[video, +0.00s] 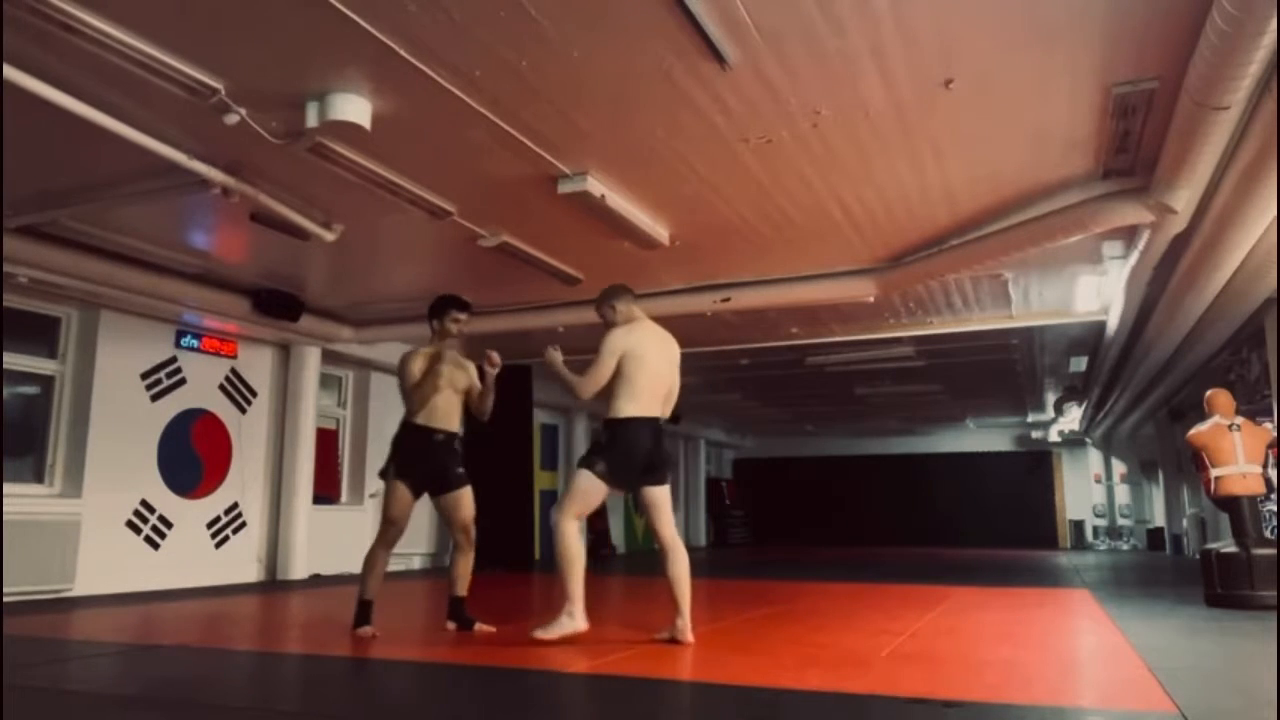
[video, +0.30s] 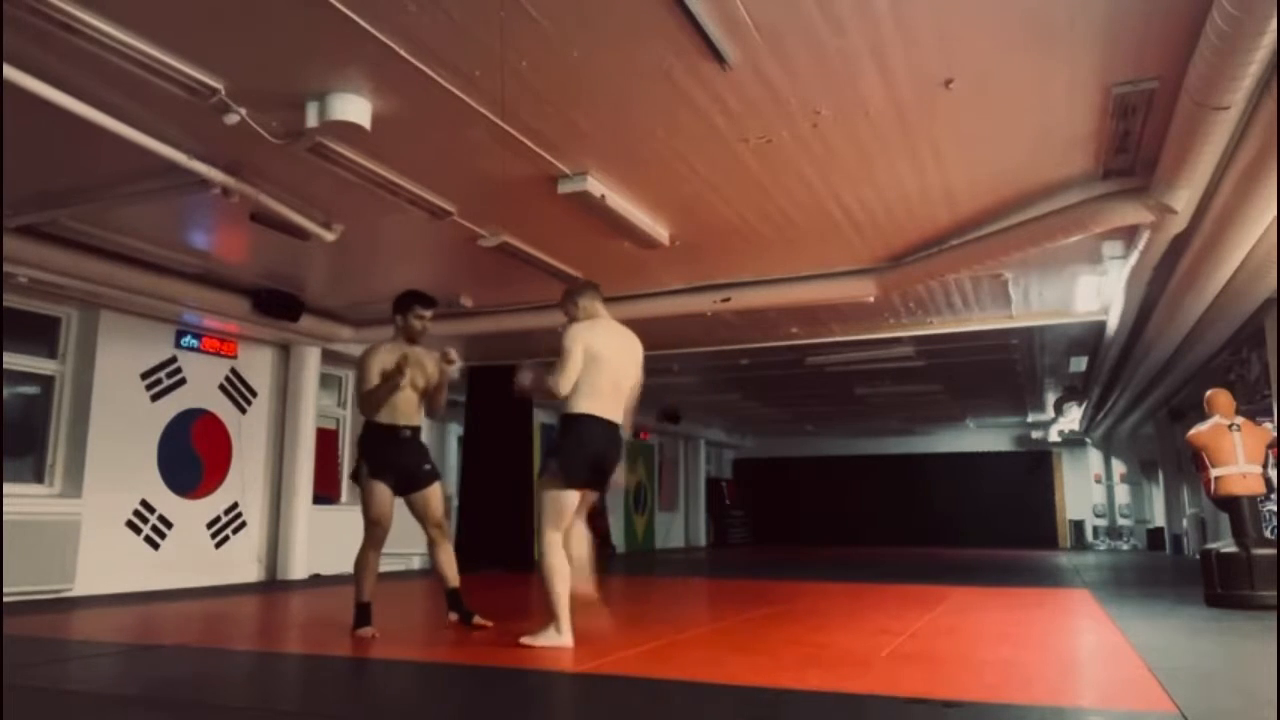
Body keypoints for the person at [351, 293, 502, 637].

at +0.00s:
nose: (461, 328)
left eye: (464, 323)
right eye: (455, 321)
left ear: (465, 327)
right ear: (435, 322)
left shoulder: (468, 367)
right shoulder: (416, 358)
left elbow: (483, 412)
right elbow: (412, 400)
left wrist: (490, 378)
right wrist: (438, 361)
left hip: (450, 449)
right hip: (413, 444)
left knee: (466, 532)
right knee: (390, 530)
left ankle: (458, 610)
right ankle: (364, 613)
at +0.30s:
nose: (425, 325)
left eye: (429, 320)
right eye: (419, 318)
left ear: (429, 321)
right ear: (400, 317)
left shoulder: (428, 358)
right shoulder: (377, 355)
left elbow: (435, 410)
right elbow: (366, 406)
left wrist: (444, 376)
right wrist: (394, 380)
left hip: (413, 443)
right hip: (379, 441)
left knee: (438, 526)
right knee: (376, 530)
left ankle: (458, 606)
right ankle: (363, 616)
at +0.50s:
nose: (410, 327)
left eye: (413, 321)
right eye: (404, 320)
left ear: (413, 323)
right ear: (385, 319)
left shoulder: (408, 359)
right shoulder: (366, 356)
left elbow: (412, 409)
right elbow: (361, 406)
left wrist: (419, 372)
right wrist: (398, 429)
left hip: (394, 442)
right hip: (364, 442)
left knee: (415, 524)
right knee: (374, 529)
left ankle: (415, 595)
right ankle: (363, 612)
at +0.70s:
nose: (393, 331)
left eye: (397, 326)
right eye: (386, 325)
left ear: (398, 328)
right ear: (369, 325)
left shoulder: (388, 362)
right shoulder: (358, 364)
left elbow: (404, 405)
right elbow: (362, 416)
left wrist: (399, 362)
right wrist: (397, 451)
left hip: (377, 444)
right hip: (353, 445)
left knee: (383, 528)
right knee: (373, 528)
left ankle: (345, 583)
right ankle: (361, 613)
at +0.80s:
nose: (376, 336)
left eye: (381, 330)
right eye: (370, 330)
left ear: (387, 333)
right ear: (355, 331)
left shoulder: (380, 364)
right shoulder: (349, 364)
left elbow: (391, 404)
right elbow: (366, 412)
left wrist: (383, 367)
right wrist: (402, 448)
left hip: (368, 451)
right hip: (347, 450)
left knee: (358, 532)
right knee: (374, 528)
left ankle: (315, 581)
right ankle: (361, 617)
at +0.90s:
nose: (362, 341)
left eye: (367, 335)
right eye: (355, 334)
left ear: (371, 338)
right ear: (340, 336)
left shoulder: (355, 368)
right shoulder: (339, 369)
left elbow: (375, 406)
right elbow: (372, 414)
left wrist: (374, 382)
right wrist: (410, 440)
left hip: (352, 453)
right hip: (343, 454)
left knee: (339, 536)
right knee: (370, 531)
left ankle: (292, 596)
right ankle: (361, 619)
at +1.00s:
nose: (350, 346)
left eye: (354, 340)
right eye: (343, 339)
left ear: (357, 342)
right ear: (326, 340)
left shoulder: (348, 372)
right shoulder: (323, 372)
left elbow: (371, 400)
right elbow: (355, 410)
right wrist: (402, 436)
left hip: (344, 458)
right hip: (329, 459)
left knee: (324, 540)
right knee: (357, 531)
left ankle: (285, 602)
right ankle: (359, 614)